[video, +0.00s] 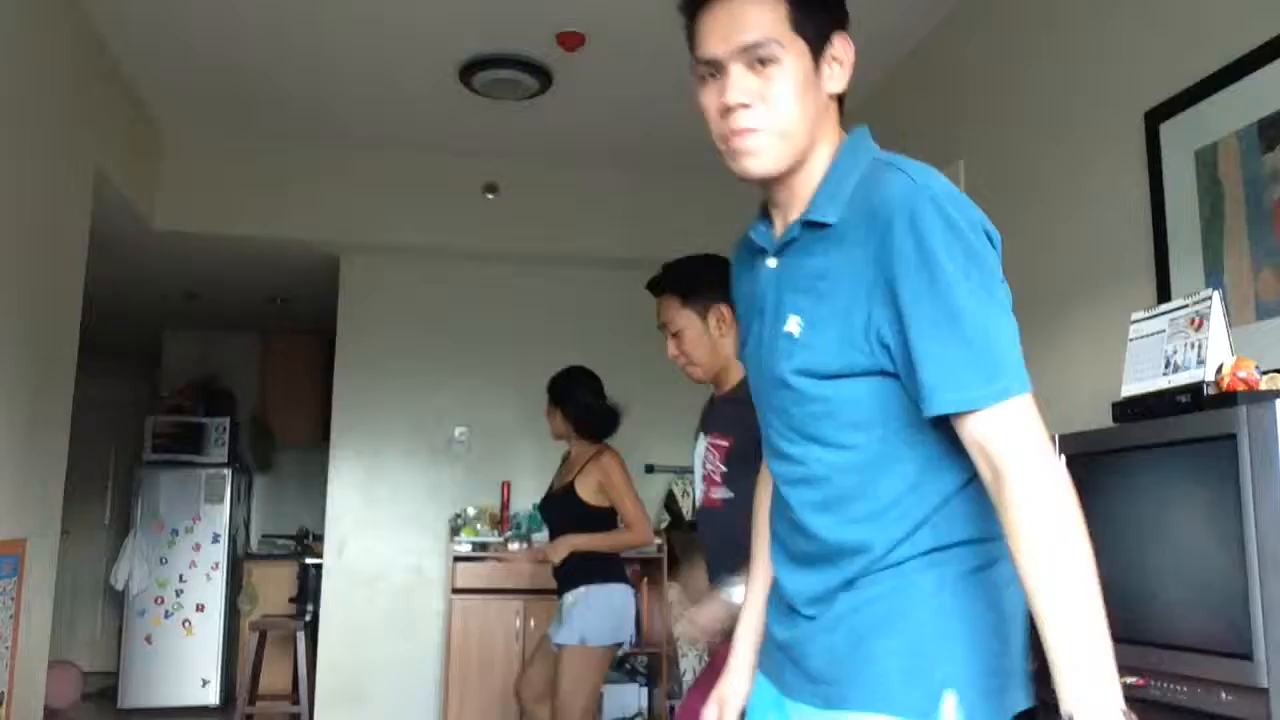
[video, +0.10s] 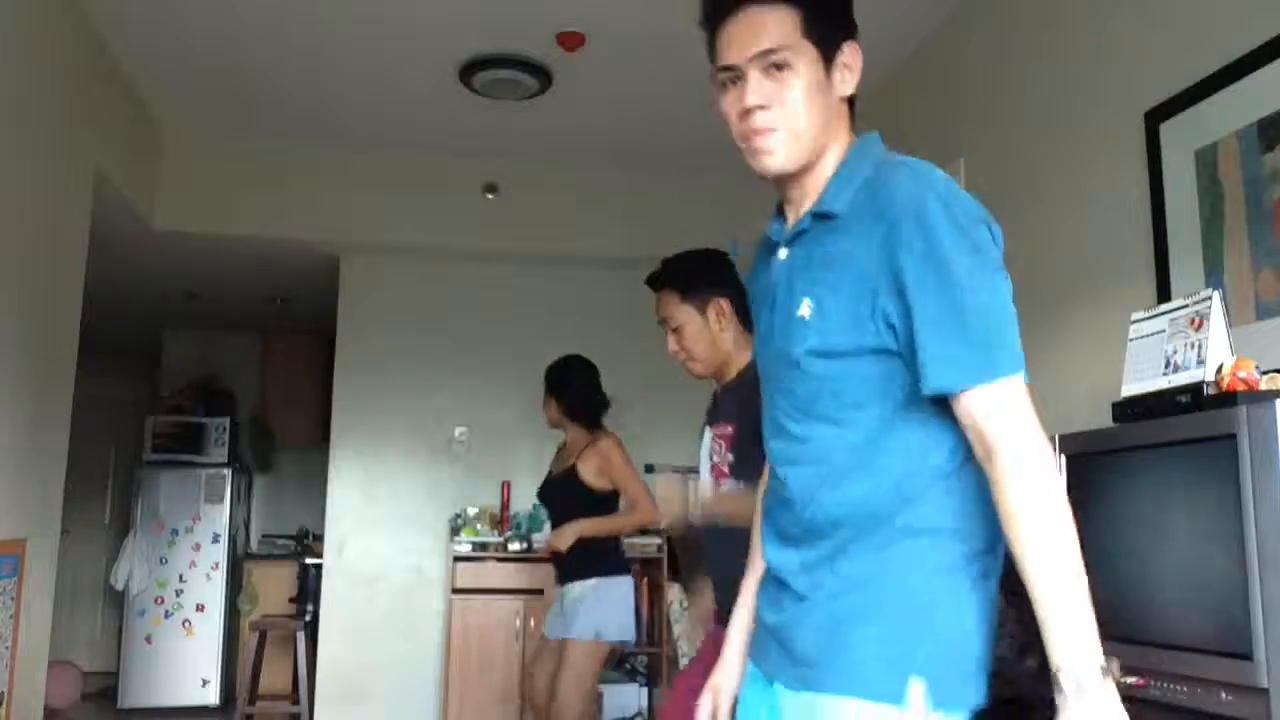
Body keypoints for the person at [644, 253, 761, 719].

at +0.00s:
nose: (670, 351)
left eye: (676, 333)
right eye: (666, 337)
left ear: (721, 320)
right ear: (718, 322)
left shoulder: (765, 404)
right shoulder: (716, 404)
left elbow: (792, 523)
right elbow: (722, 513)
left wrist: (731, 598)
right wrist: (697, 578)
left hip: (766, 613)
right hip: (732, 610)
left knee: (697, 711)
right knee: (694, 709)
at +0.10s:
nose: (671, 347)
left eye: (676, 329)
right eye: (666, 333)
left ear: (721, 315)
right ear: (719, 316)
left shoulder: (769, 389)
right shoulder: (723, 395)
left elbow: (790, 505)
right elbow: (728, 505)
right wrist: (709, 599)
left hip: (770, 610)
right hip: (734, 607)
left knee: (684, 706)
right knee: (678, 705)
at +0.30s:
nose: (667, 337)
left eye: (675, 319)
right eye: (664, 322)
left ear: (723, 315)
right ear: (719, 317)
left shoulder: (763, 390)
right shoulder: (715, 396)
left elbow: (765, 514)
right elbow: (711, 513)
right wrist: (650, 473)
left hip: (749, 619)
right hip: (716, 611)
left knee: (704, 709)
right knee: (705, 708)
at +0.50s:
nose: (673, 323)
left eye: (684, 305)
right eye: (672, 308)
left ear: (732, 307)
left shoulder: (762, 385)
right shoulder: (722, 391)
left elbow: (776, 501)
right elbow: (734, 502)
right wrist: (706, 584)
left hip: (758, 610)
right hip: (726, 602)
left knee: (739, 709)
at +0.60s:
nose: (671, 305)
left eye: (682, 288)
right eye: (670, 290)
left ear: (729, 292)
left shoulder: (764, 367)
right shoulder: (718, 375)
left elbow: (782, 474)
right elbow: (723, 496)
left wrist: (687, 431)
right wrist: (708, 594)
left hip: (753, 601)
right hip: (714, 596)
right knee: (670, 707)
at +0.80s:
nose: (675, 315)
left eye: (689, 300)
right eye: (678, 301)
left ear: (735, 311)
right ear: (728, 313)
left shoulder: (760, 395)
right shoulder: (713, 397)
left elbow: (777, 509)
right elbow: (698, 510)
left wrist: (743, 608)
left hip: (738, 620)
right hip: (698, 608)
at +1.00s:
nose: (678, 297)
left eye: (691, 280)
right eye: (680, 282)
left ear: (738, 291)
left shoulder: (772, 377)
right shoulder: (709, 383)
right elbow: (694, 496)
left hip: (756, 618)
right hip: (699, 611)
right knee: (669, 712)